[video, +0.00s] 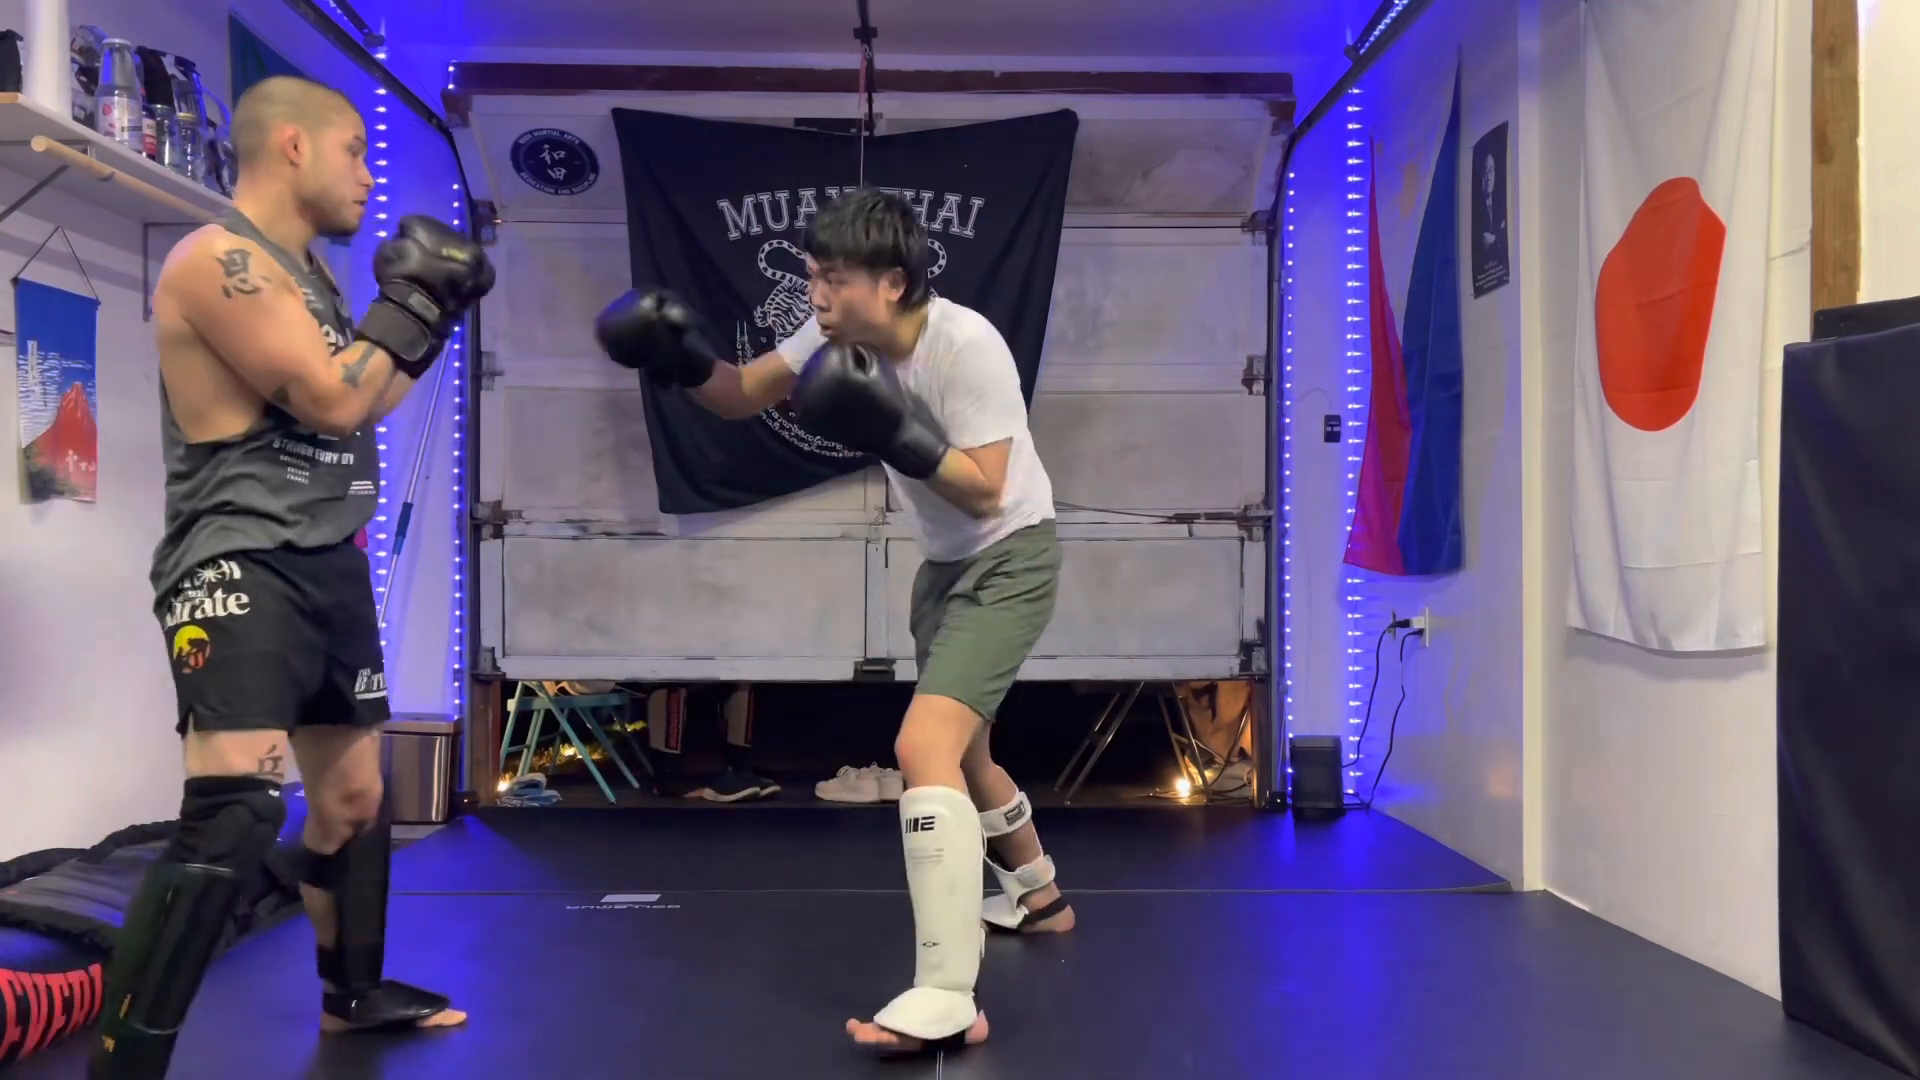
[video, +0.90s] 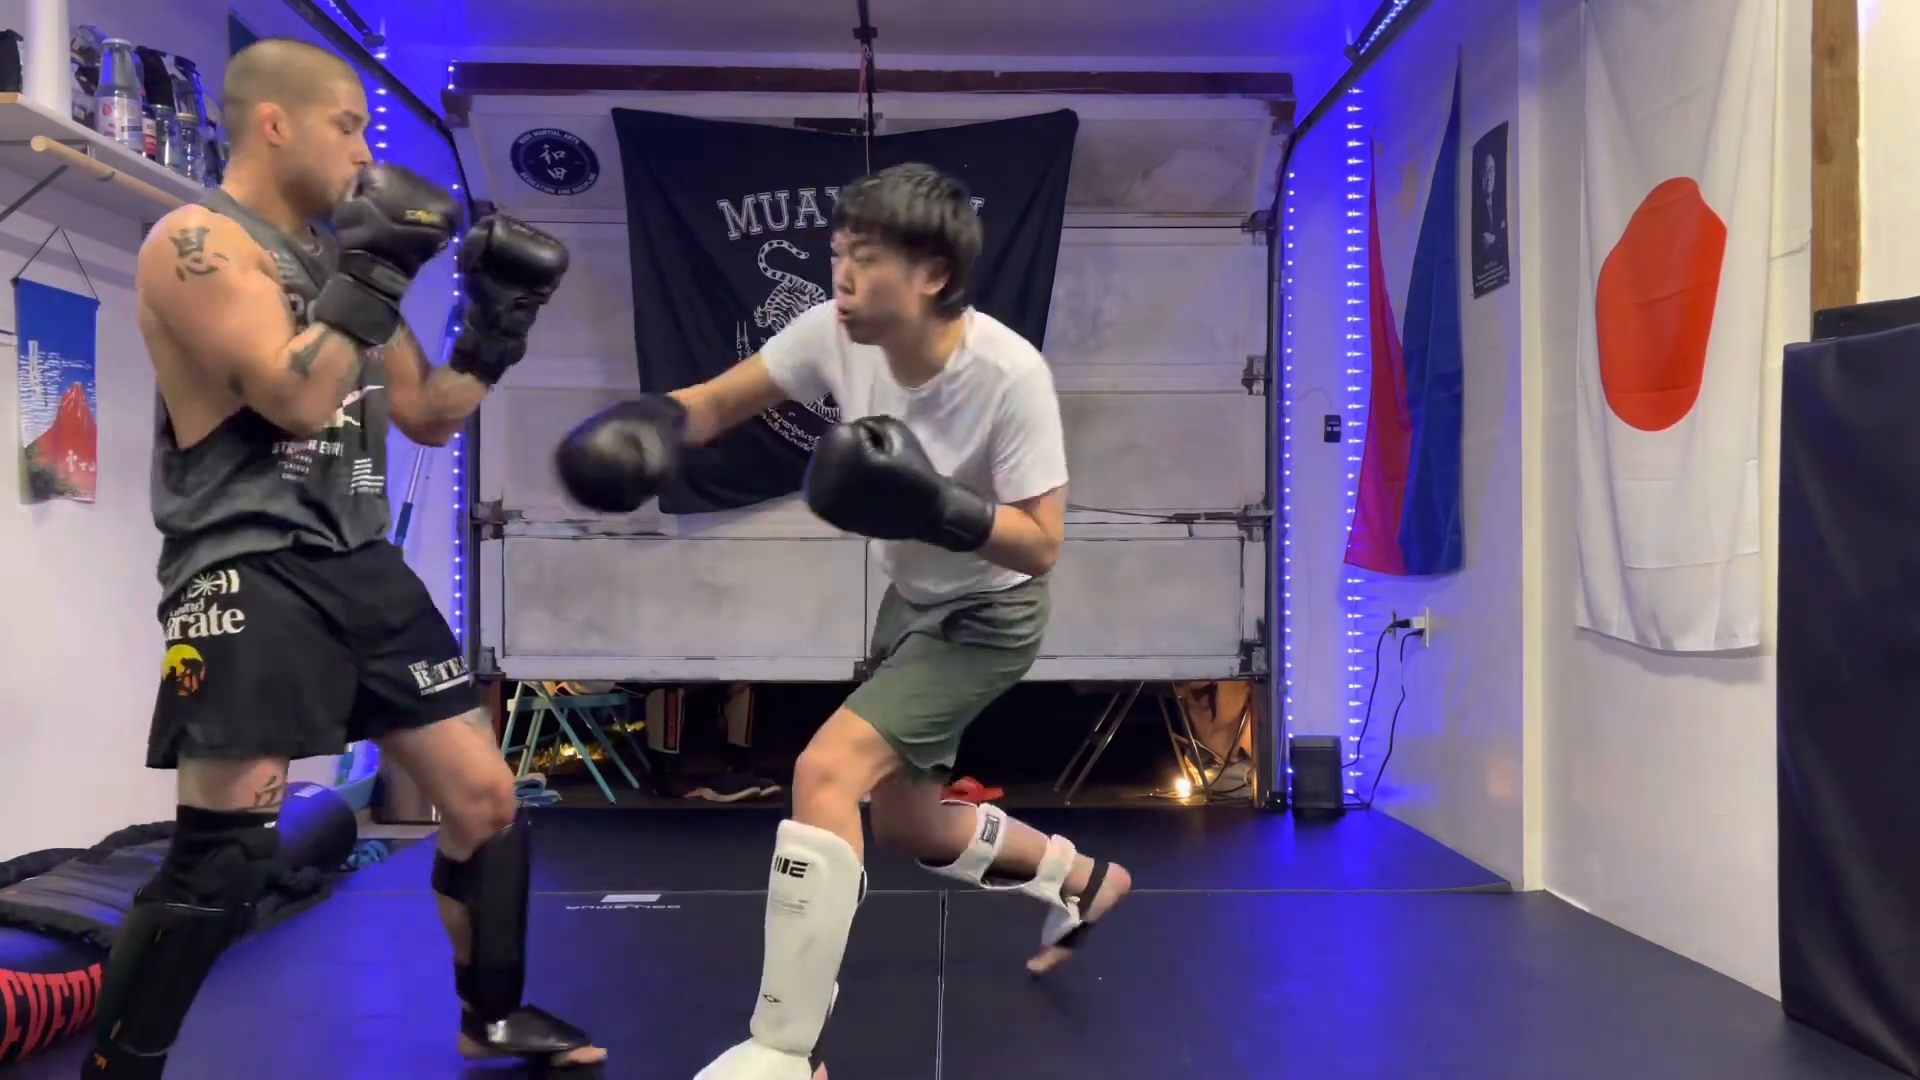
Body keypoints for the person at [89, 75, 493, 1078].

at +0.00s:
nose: (368, 175)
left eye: (368, 156)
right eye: (355, 152)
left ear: (291, 153)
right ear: (290, 150)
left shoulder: (306, 277)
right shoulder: (217, 257)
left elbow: (366, 403)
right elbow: (334, 401)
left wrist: (430, 314)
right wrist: (410, 298)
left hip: (327, 563)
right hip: (235, 559)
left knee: (350, 802)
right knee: (234, 815)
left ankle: (355, 993)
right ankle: (131, 1056)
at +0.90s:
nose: (363, 148)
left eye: (365, 129)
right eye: (348, 124)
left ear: (293, 131)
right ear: (270, 124)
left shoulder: (338, 265)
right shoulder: (192, 239)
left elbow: (428, 413)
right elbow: (299, 399)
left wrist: (494, 323)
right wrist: (379, 265)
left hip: (361, 563)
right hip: (244, 564)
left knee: (483, 801)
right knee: (223, 844)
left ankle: (493, 1014)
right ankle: (122, 1063)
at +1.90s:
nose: (715, 107)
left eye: (714, 84)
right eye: (704, 81)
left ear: (635, 80)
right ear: (643, 77)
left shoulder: (634, 218)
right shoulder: (564, 197)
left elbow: (649, 385)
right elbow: (662, 394)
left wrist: (734, 321)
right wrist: (753, 318)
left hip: (652, 548)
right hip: (579, 553)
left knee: (735, 793)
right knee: (583, 850)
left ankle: (626, 999)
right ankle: (507, 1068)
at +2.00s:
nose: (737, 104)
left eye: (734, 81)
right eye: (728, 79)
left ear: (654, 76)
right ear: (674, 74)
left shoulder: (634, 193)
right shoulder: (616, 186)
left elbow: (715, 361)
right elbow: (738, 364)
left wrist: (785, 267)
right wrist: (802, 259)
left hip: (673, 547)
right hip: (617, 552)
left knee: (752, 793)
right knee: (588, 835)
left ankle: (742, 1027)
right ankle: (511, 1067)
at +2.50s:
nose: (898, 114)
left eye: (893, 97)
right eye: (894, 95)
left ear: (789, 104)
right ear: (872, 93)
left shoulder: (756, 212)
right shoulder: (861, 199)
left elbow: (825, 368)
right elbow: (982, 328)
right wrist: (1003, 223)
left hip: (768, 559)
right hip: (846, 553)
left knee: (818, 803)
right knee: (939, 803)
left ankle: (823, 1039)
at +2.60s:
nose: (925, 125)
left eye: (922, 107)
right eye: (923, 105)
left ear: (816, 104)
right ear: (905, 97)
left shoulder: (766, 214)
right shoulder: (905, 207)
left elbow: (880, 314)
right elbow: (1032, 303)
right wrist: (1072, 227)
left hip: (794, 574)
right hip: (892, 567)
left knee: (838, 809)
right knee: (966, 819)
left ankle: (815, 1048)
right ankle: (914, 1062)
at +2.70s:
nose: (947, 121)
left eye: (942, 105)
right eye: (947, 105)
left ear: (839, 103)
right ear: (929, 102)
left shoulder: (784, 217)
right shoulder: (948, 207)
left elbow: (961, 319)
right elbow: (1066, 284)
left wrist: (1075, 336)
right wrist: (1134, 292)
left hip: (818, 574)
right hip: (929, 568)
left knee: (865, 807)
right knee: (996, 820)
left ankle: (818, 1048)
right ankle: (938, 1062)